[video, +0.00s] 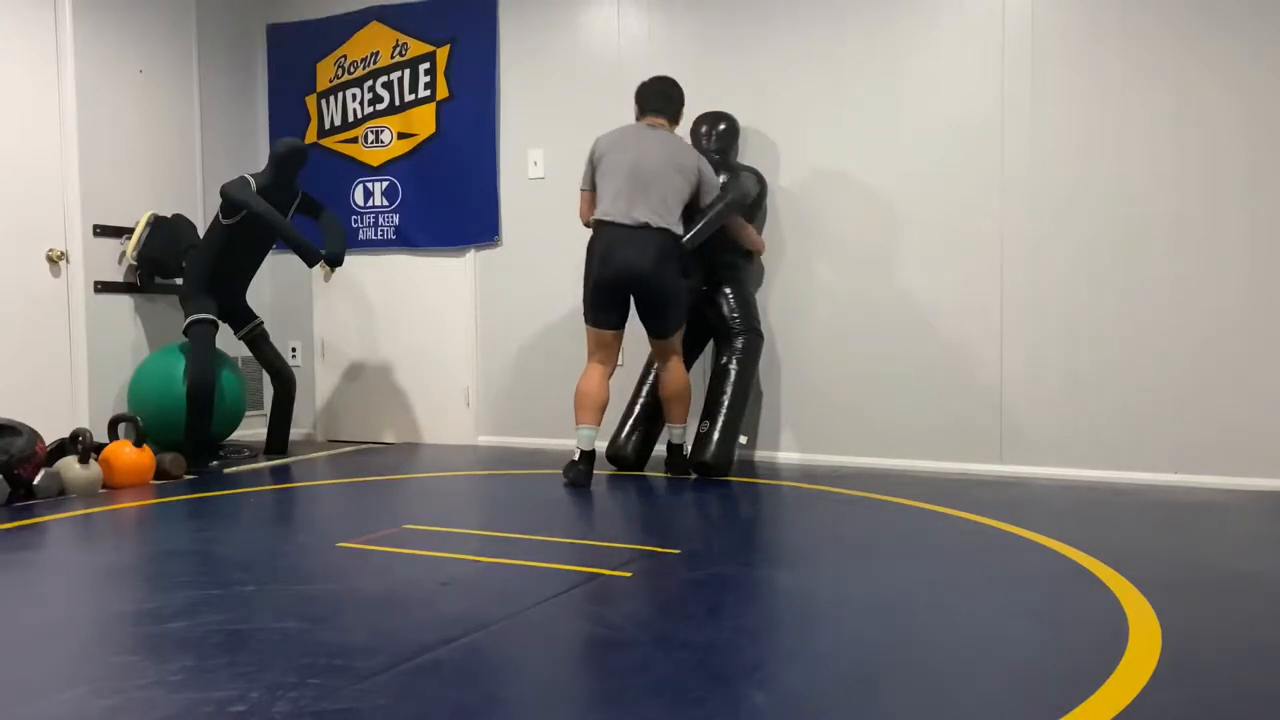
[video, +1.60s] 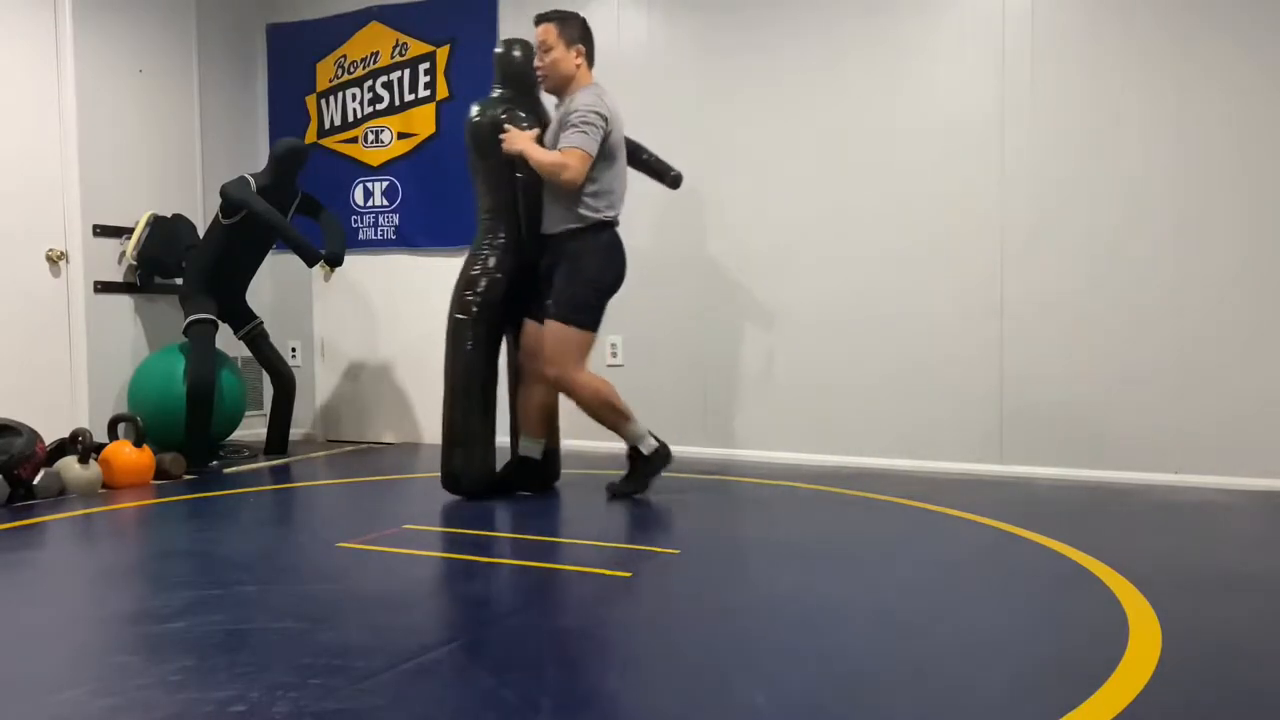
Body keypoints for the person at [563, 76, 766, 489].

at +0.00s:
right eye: (681, 115)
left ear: (637, 109)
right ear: (679, 116)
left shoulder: (604, 143)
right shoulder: (692, 157)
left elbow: (587, 215)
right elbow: (727, 217)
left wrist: (626, 225)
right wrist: (755, 242)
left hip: (606, 249)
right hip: (661, 252)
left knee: (600, 359)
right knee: (669, 355)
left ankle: (583, 457)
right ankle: (677, 453)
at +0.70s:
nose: (610, 94)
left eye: (614, 86)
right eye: (612, 85)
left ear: (632, 89)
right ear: (658, 92)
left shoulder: (609, 130)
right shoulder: (693, 139)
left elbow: (578, 201)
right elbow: (729, 202)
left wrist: (608, 178)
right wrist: (702, 226)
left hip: (640, 254)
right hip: (688, 255)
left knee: (614, 363)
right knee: (677, 359)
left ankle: (665, 456)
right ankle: (677, 460)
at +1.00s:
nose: (596, 65)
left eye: (604, 54)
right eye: (598, 54)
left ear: (635, 61)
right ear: (638, 63)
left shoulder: (615, 116)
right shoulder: (675, 113)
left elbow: (581, 189)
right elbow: (702, 180)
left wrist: (584, 146)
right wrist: (648, 189)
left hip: (637, 250)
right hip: (678, 249)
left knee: (620, 365)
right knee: (653, 358)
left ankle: (666, 465)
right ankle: (667, 460)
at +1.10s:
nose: (592, 56)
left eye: (600, 45)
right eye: (592, 46)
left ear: (633, 53)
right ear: (632, 55)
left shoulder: (619, 112)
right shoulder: (664, 105)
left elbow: (586, 186)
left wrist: (574, 151)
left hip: (641, 244)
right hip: (670, 239)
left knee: (624, 362)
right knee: (635, 359)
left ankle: (667, 469)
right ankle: (662, 463)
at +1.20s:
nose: (586, 52)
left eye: (595, 42)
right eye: (585, 42)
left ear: (627, 49)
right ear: (625, 52)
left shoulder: (619, 107)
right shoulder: (649, 99)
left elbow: (585, 183)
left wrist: (567, 152)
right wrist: (586, 152)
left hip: (641, 241)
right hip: (657, 236)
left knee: (635, 361)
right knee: (608, 340)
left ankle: (669, 467)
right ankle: (617, 446)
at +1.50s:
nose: (555, 61)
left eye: (563, 50)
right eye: (554, 52)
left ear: (596, 53)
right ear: (591, 56)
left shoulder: (602, 105)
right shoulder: (602, 102)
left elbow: (576, 173)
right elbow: (579, 164)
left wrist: (542, 148)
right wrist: (553, 143)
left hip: (603, 248)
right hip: (580, 248)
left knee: (610, 372)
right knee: (549, 360)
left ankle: (667, 465)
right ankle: (535, 464)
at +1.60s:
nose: (537, 62)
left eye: (545, 51)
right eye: (536, 53)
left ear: (577, 53)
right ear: (567, 57)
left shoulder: (588, 104)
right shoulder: (569, 106)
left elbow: (571, 170)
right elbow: (560, 162)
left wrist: (527, 148)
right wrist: (531, 145)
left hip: (588, 247)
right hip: (559, 247)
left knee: (560, 367)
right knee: (532, 358)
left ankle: (647, 447)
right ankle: (532, 466)